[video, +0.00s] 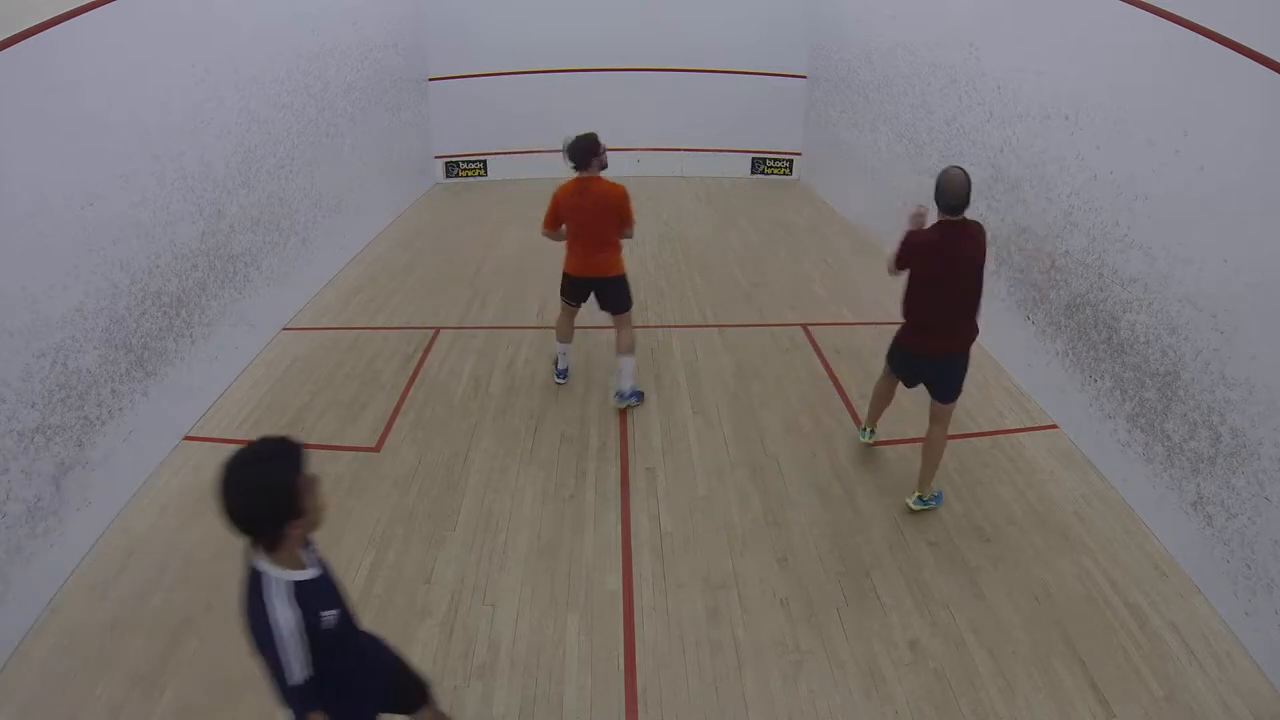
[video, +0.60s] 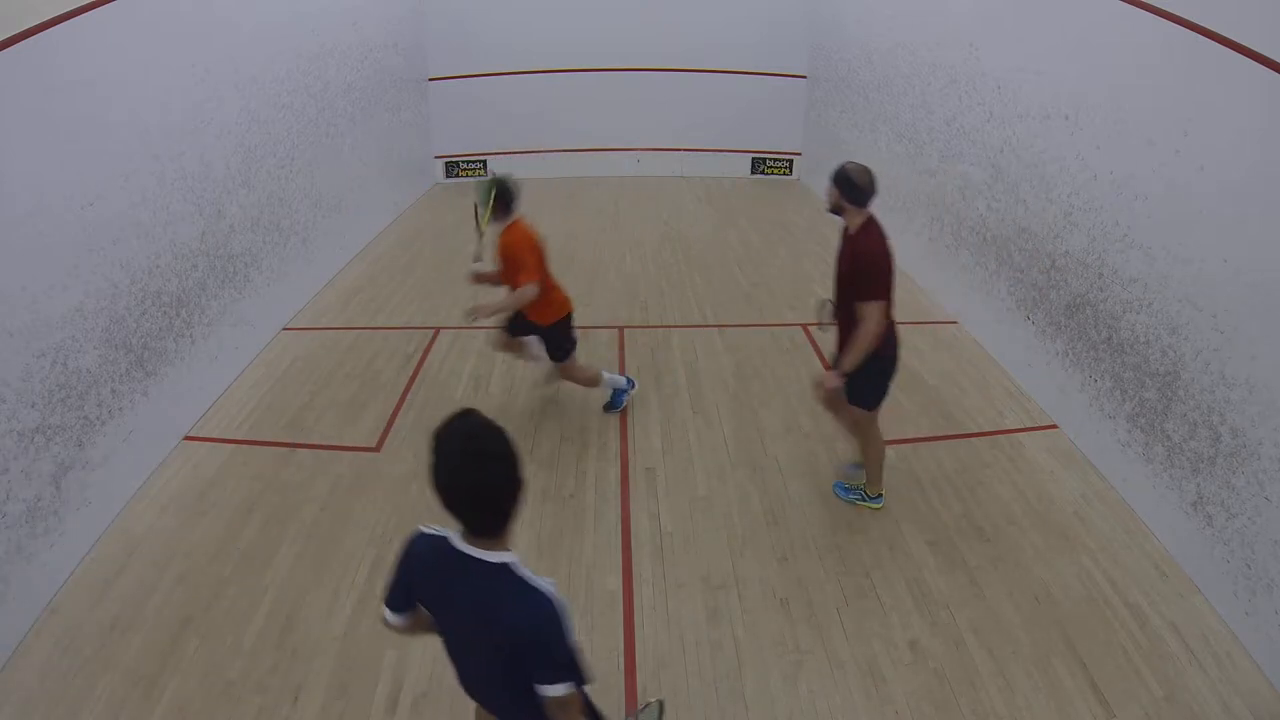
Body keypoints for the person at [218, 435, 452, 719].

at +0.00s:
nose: (316, 487)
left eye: (308, 482)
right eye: (306, 487)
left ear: (291, 522)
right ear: (293, 518)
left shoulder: (296, 550)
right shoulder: (278, 608)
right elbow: (302, 699)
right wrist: (311, 712)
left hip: (354, 651)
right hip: (331, 690)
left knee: (418, 698)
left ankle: (432, 714)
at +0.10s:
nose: (356, 474)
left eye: (350, 469)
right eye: (349, 473)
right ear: (335, 505)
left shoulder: (316, 535)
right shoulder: (323, 601)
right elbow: (353, 694)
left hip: (391, 643)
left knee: (446, 681)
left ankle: (455, 712)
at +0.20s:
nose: (385, 470)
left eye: (380, 461)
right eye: (380, 464)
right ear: (369, 485)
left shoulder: (341, 525)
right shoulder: (361, 592)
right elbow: (390, 692)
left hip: (432, 645)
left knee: (466, 677)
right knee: (459, 709)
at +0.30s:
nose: (414, 452)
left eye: (410, 443)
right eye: (411, 448)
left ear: (346, 477)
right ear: (409, 475)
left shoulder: (355, 518)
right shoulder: (401, 588)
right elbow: (425, 692)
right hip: (461, 699)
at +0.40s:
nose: (446, 447)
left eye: (439, 440)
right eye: (442, 445)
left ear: (377, 479)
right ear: (444, 473)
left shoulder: (377, 514)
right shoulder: (446, 588)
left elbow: (364, 568)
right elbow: (468, 693)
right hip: (488, 695)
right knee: (546, 712)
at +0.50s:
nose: (484, 453)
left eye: (476, 446)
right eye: (478, 448)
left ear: (409, 477)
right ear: (480, 474)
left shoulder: (400, 526)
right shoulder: (484, 590)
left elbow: (376, 588)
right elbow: (513, 696)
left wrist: (431, 606)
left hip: (457, 682)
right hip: (510, 701)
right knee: (567, 712)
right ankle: (622, 717)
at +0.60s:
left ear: (441, 495)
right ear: (518, 489)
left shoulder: (424, 550)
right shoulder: (536, 605)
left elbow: (397, 619)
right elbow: (563, 705)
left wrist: (455, 621)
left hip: (482, 698)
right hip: (536, 709)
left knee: (490, 704)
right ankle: (638, 716)